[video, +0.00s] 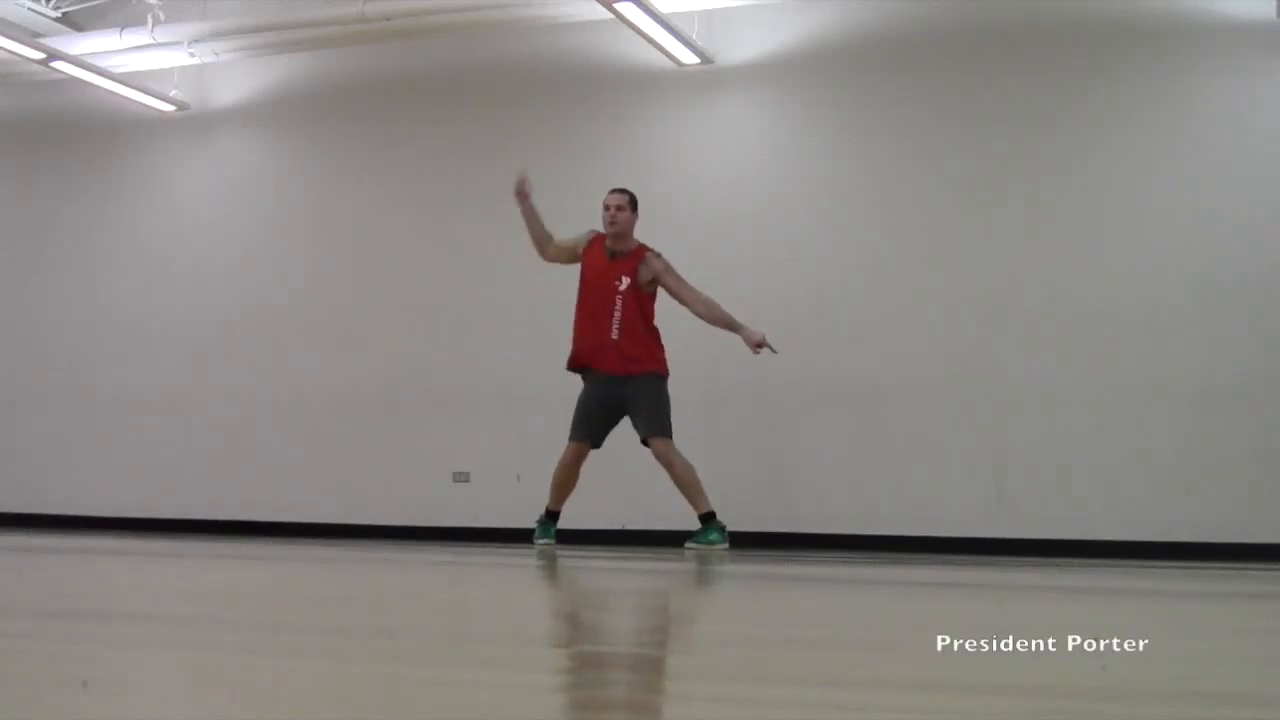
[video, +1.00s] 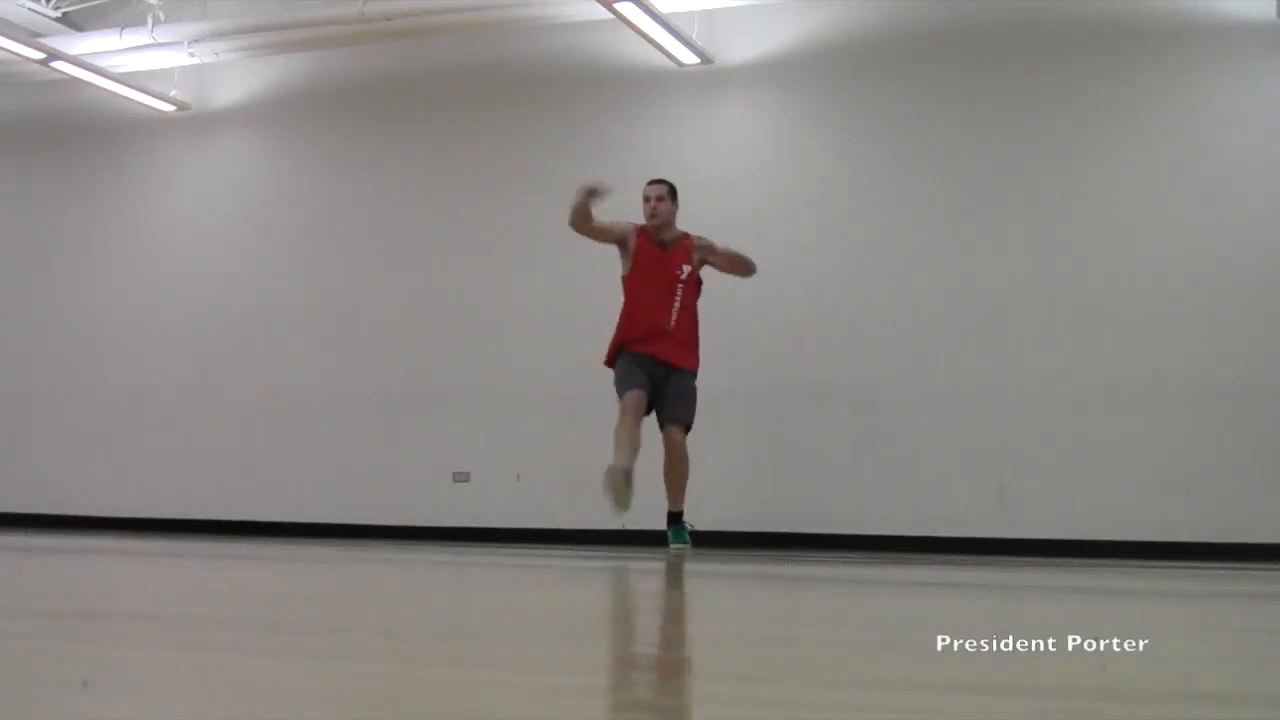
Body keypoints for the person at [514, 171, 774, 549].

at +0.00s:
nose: (610, 214)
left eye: (619, 209)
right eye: (606, 208)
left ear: (635, 217)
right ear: (601, 214)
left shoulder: (649, 262)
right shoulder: (589, 246)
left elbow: (696, 301)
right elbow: (549, 250)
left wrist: (743, 330)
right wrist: (526, 205)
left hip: (643, 373)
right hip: (600, 373)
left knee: (661, 448)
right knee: (575, 450)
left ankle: (710, 524)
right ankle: (548, 520)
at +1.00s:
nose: (652, 206)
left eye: (660, 200)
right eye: (647, 200)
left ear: (675, 206)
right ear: (642, 207)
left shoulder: (694, 246)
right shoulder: (630, 236)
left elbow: (747, 269)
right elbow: (582, 225)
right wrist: (582, 199)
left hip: (678, 356)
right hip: (635, 350)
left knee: (675, 436)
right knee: (632, 403)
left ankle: (676, 521)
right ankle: (621, 485)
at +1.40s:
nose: (660, 211)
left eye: (660, 205)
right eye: (651, 209)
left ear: (660, 210)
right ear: (635, 219)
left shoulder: (658, 239)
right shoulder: (659, 250)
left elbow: (705, 212)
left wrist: (684, 200)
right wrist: (717, 218)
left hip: (675, 367)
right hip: (692, 364)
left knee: (698, 450)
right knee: (739, 439)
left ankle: (638, 520)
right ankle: (708, 525)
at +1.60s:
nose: (661, 196)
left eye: (665, 191)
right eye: (663, 190)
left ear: (677, 198)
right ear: (697, 200)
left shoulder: (662, 228)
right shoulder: (719, 231)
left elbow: (615, 216)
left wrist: (657, 215)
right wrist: (668, 217)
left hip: (670, 363)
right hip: (712, 362)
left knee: (665, 445)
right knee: (703, 441)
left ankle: (698, 522)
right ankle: (716, 521)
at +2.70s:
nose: (702, 205)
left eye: (710, 198)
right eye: (696, 199)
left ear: (727, 199)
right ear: (690, 200)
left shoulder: (745, 228)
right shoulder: (681, 233)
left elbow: (716, 224)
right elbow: (662, 281)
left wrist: (680, 207)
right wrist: (682, 251)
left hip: (736, 345)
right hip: (696, 338)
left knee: (729, 431)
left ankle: (710, 520)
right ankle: (671, 418)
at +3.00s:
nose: (705, 175)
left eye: (713, 167)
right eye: (700, 168)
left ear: (729, 166)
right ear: (692, 170)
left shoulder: (758, 203)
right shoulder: (679, 208)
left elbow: (782, 264)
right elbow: (666, 268)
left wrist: (783, 324)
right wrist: (669, 317)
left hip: (741, 325)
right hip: (695, 319)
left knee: (735, 426)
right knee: (696, 374)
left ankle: (720, 516)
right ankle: (691, 474)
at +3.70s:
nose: (697, 147)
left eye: (705, 139)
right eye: (689, 140)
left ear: (722, 142)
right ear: (680, 144)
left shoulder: (749, 195)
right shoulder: (660, 193)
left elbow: (785, 258)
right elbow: (646, 263)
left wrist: (840, 261)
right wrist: (608, 247)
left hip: (712, 322)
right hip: (656, 326)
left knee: (715, 402)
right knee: (648, 439)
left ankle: (730, 516)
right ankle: (691, 506)